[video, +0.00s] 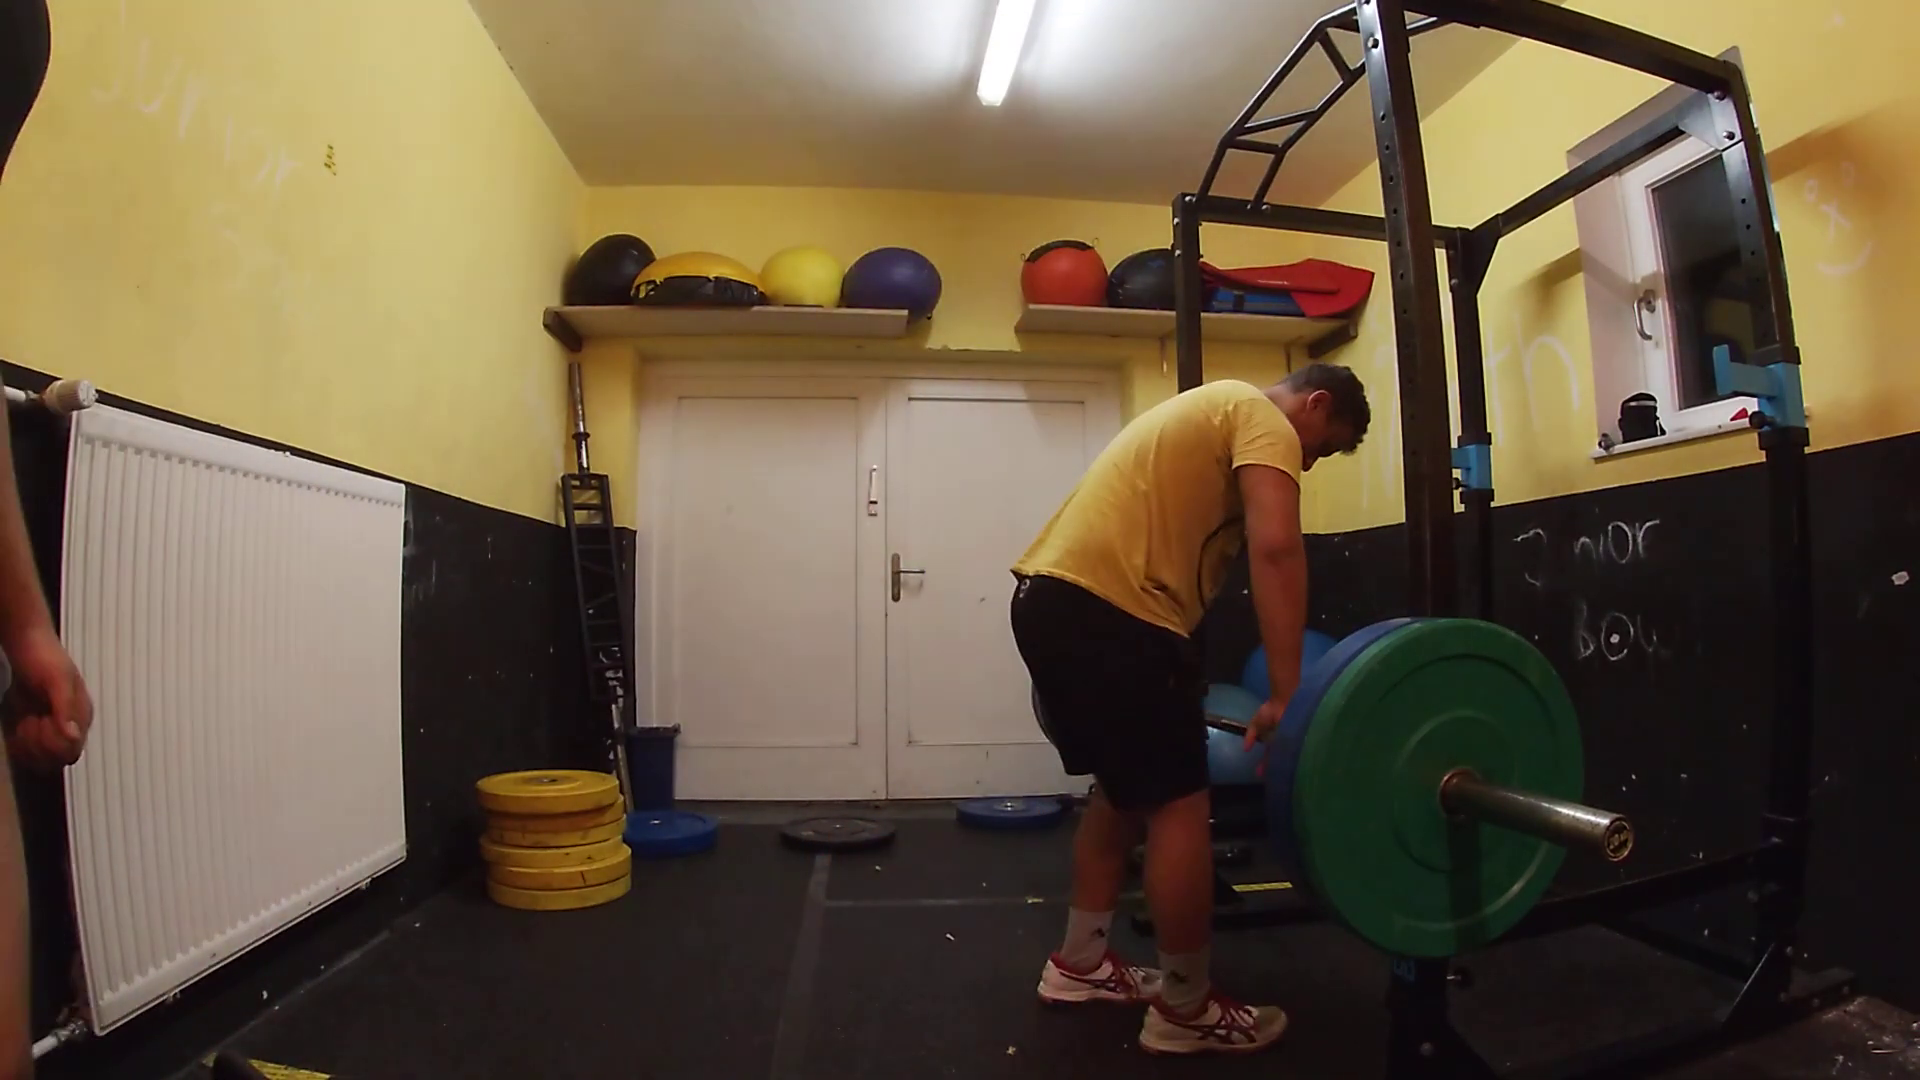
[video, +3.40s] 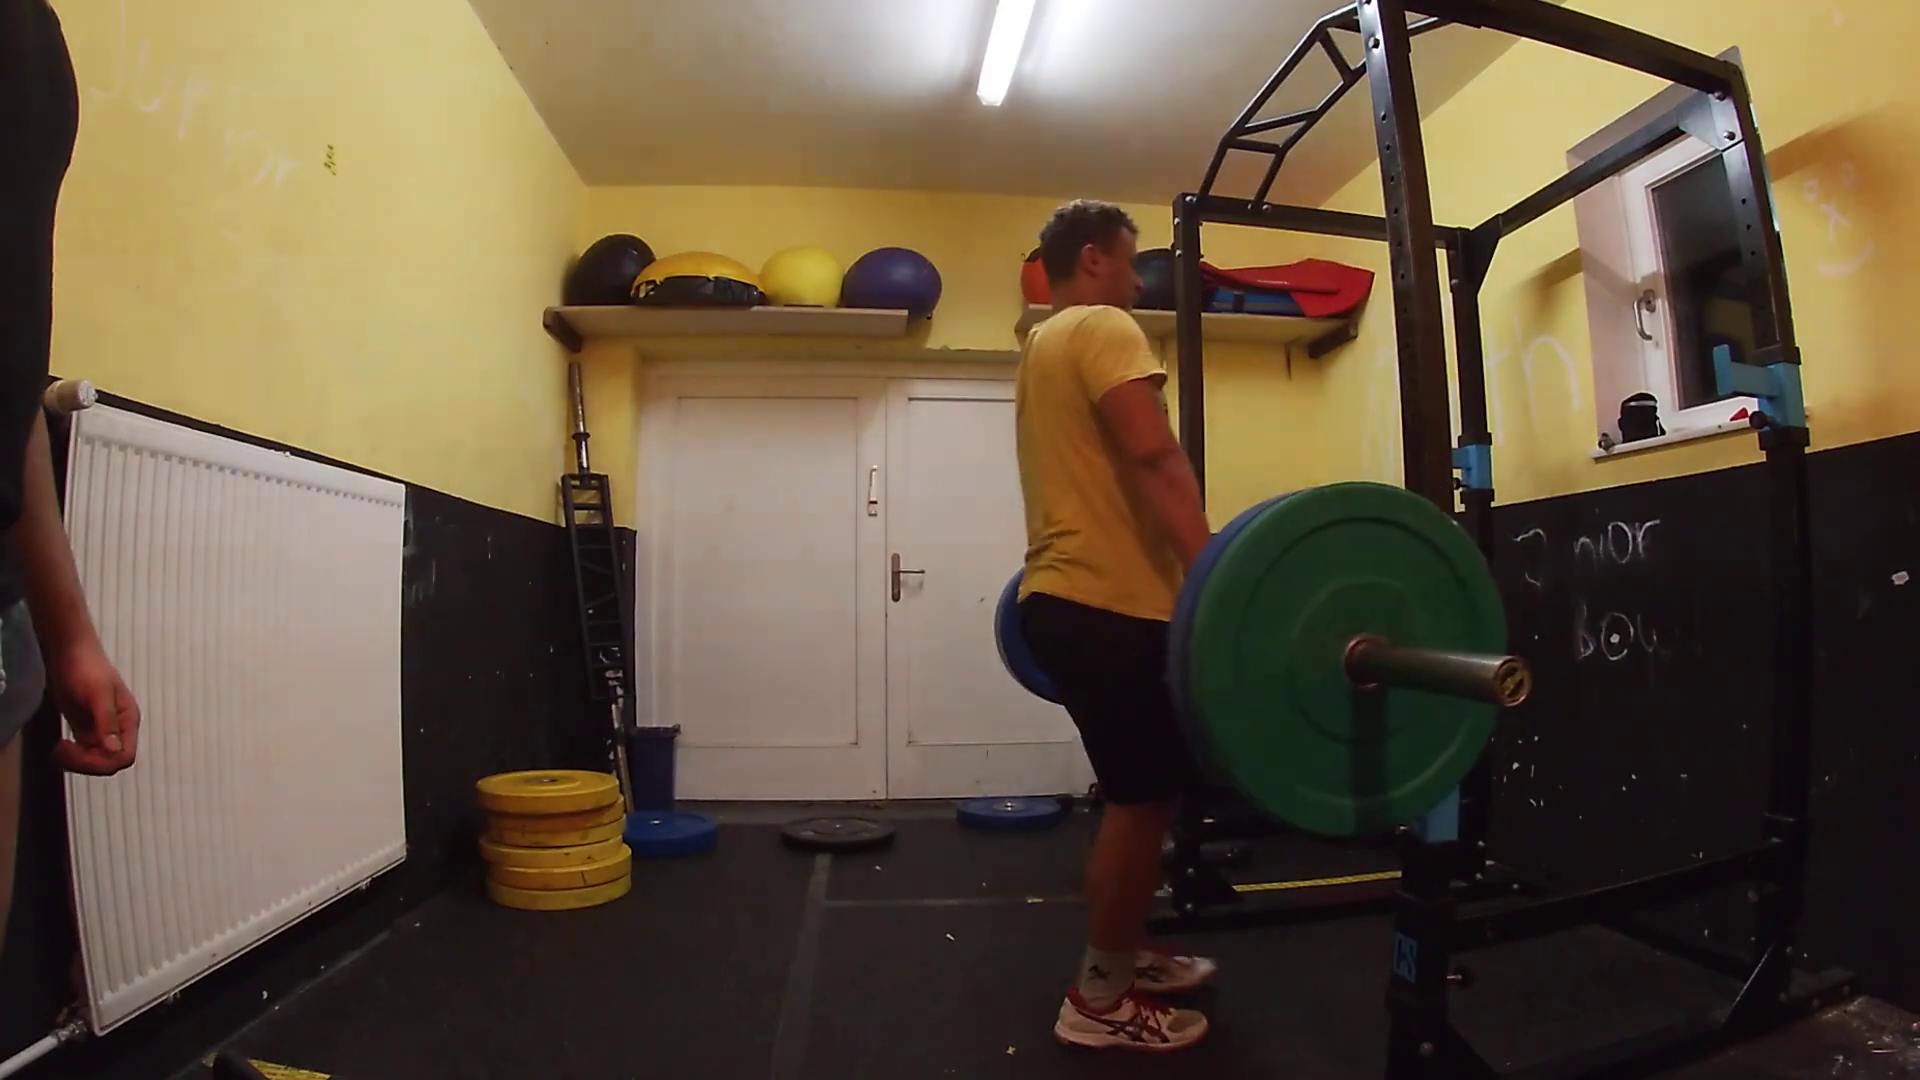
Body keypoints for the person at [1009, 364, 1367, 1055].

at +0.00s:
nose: (1312, 462)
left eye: (1323, 455)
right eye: (1325, 446)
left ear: (1299, 392)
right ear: (1314, 405)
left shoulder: (1204, 410)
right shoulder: (1263, 416)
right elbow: (1275, 546)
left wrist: (1176, 677)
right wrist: (1284, 692)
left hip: (1052, 596)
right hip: (1118, 610)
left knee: (1118, 782)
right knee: (1179, 803)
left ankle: (1079, 958)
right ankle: (1185, 1008)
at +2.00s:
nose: (1355, 483)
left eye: (1367, 478)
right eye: (1368, 468)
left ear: (1346, 417)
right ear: (1354, 424)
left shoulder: (1246, 427)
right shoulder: (1301, 428)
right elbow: (1303, 551)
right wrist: (1289, 697)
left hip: (1083, 592)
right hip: (1139, 607)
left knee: (1157, 792)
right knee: (1208, 800)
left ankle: (1147, 958)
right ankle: (1187, 1007)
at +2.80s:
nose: (1314, 378)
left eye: (1319, 363)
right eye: (1315, 359)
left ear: (1258, 332)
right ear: (1288, 334)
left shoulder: (1198, 389)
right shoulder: (1253, 389)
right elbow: (1274, 527)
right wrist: (1293, 668)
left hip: (1084, 598)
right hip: (1140, 607)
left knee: (1160, 791)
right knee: (1214, 796)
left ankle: (1148, 960)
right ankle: (1190, 1004)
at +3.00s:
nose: (1250, 313)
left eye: (1251, 298)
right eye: (1247, 296)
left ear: (1182, 288)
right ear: (1214, 283)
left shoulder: (1143, 355)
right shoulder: (1203, 346)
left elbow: (1138, 493)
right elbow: (1244, 474)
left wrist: (1196, 609)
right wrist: (1282, 609)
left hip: (1088, 598)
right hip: (1147, 606)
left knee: (1150, 779)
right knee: (1202, 793)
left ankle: (1147, 957)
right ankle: (1191, 1002)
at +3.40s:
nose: (1136, 279)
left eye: (1135, 264)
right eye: (1130, 262)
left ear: (1070, 264)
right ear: (1094, 259)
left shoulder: (1048, 342)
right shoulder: (1100, 328)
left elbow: (1067, 478)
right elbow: (1154, 459)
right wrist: (1217, 574)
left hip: (1075, 601)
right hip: (1107, 608)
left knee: (1143, 789)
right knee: (1140, 799)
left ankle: (1123, 954)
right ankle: (1098, 997)